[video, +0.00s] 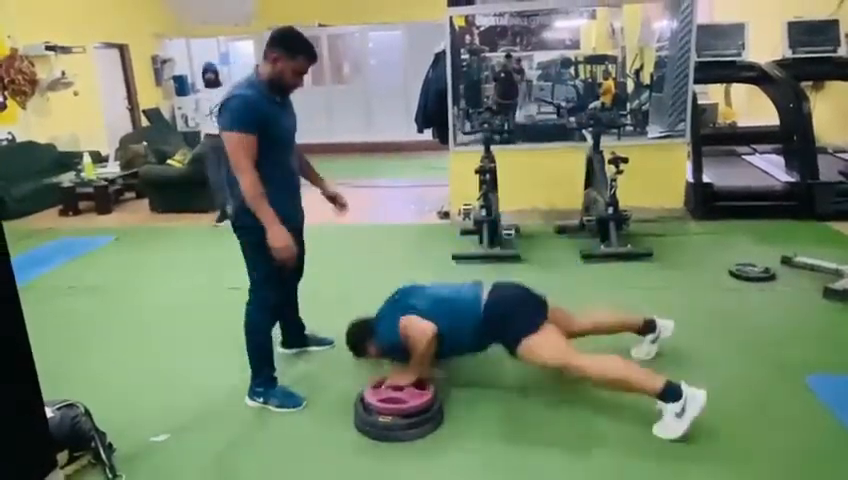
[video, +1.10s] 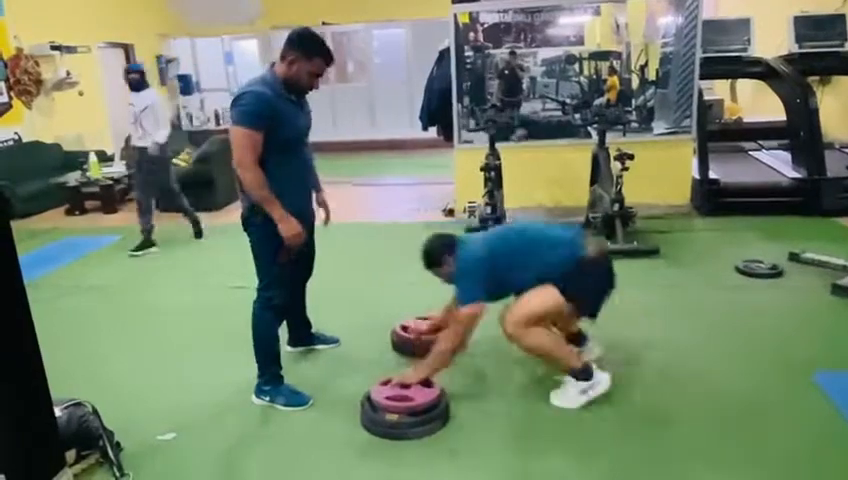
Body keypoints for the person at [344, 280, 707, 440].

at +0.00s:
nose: (374, 360)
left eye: (370, 356)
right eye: (370, 357)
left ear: (371, 343)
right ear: (373, 324)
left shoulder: (391, 327)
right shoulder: (398, 299)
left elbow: (427, 332)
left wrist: (416, 372)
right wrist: (419, 358)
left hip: (503, 317)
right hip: (504, 292)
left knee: (574, 363)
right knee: (574, 325)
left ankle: (675, 395)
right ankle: (651, 326)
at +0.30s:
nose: (357, 337)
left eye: (353, 333)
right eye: (354, 332)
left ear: (356, 326)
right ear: (363, 306)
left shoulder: (386, 320)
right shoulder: (394, 295)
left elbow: (426, 333)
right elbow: (428, 324)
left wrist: (410, 374)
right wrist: (410, 358)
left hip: (499, 322)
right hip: (501, 295)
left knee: (570, 374)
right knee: (570, 325)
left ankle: (666, 397)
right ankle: (648, 326)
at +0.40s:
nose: (356, 302)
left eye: (351, 297)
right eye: (352, 297)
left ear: (355, 290)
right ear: (365, 271)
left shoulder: (382, 293)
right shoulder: (394, 269)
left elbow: (418, 326)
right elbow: (428, 306)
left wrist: (414, 375)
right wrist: (407, 338)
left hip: (499, 322)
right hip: (502, 294)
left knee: (570, 371)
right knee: (570, 324)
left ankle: (667, 397)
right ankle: (648, 326)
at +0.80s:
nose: (379, 271)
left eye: (375, 266)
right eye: (375, 268)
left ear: (379, 254)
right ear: (384, 240)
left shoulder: (409, 260)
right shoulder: (415, 239)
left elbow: (419, 321)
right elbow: (428, 298)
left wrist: (415, 369)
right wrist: (420, 335)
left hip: (513, 306)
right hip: (516, 287)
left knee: (574, 365)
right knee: (580, 320)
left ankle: (677, 395)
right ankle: (657, 327)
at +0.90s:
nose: (395, 276)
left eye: (390, 271)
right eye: (391, 272)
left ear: (392, 258)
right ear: (397, 244)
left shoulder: (419, 255)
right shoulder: (425, 239)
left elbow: (423, 328)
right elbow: (432, 304)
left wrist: (415, 374)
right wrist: (420, 332)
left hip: (538, 266)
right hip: (538, 249)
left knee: (558, 360)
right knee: (573, 309)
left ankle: (653, 381)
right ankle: (644, 326)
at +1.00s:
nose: (423, 279)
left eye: (419, 274)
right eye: (419, 276)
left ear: (422, 261)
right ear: (426, 249)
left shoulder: (445, 260)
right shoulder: (448, 242)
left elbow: (439, 329)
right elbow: (446, 312)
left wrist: (418, 372)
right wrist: (439, 337)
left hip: (561, 252)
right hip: (567, 238)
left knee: (523, 336)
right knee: (562, 301)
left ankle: (605, 376)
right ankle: (608, 332)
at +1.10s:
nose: (443, 279)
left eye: (440, 272)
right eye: (439, 274)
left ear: (447, 261)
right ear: (451, 250)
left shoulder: (473, 264)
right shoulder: (472, 248)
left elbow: (455, 337)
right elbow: (465, 296)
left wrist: (417, 373)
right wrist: (440, 322)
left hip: (587, 270)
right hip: (586, 255)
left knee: (516, 324)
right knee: (526, 303)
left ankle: (586, 377)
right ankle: (580, 344)